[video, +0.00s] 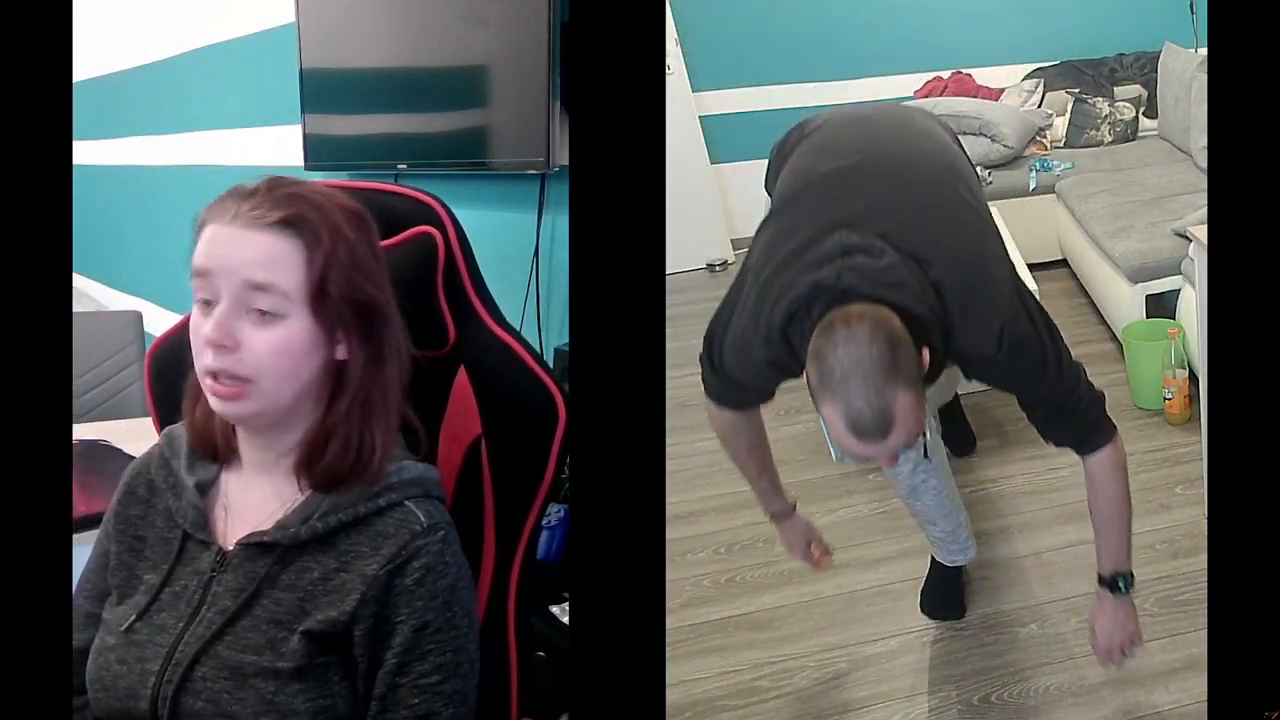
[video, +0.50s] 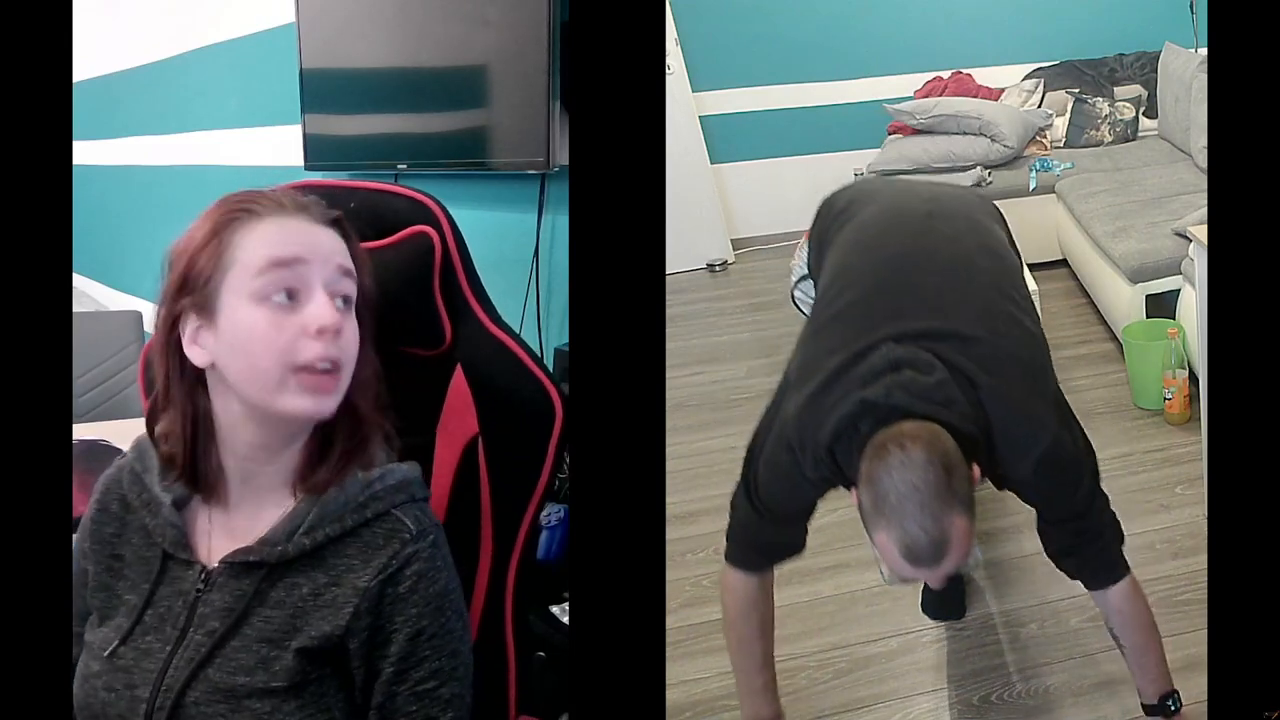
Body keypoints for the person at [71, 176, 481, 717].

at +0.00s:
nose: (215, 335)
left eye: (261, 311)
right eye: (205, 301)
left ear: (343, 335)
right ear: (191, 306)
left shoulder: (407, 549)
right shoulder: (154, 481)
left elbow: (427, 706)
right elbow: (77, 679)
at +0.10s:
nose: (239, 330)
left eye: (288, 306)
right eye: (220, 298)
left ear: (352, 337)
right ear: (194, 317)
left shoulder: (404, 548)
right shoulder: (148, 485)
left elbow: (428, 702)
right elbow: (77, 676)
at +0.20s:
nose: (272, 321)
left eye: (311, 299)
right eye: (242, 290)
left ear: (348, 341)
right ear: (194, 325)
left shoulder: (402, 548)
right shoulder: (140, 492)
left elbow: (430, 702)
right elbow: (77, 680)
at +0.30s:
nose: (300, 314)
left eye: (328, 295)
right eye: (262, 287)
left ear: (351, 335)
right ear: (194, 329)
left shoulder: (401, 548)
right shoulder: (134, 497)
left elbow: (432, 704)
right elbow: (78, 683)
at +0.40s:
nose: (319, 312)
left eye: (337, 293)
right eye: (275, 288)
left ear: (355, 330)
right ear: (195, 333)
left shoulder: (400, 550)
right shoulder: (125, 505)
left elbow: (434, 703)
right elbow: (79, 684)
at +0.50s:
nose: (330, 321)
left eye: (343, 299)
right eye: (286, 295)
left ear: (359, 328)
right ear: (197, 336)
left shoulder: (397, 551)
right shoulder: (118, 512)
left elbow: (431, 704)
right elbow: (79, 684)